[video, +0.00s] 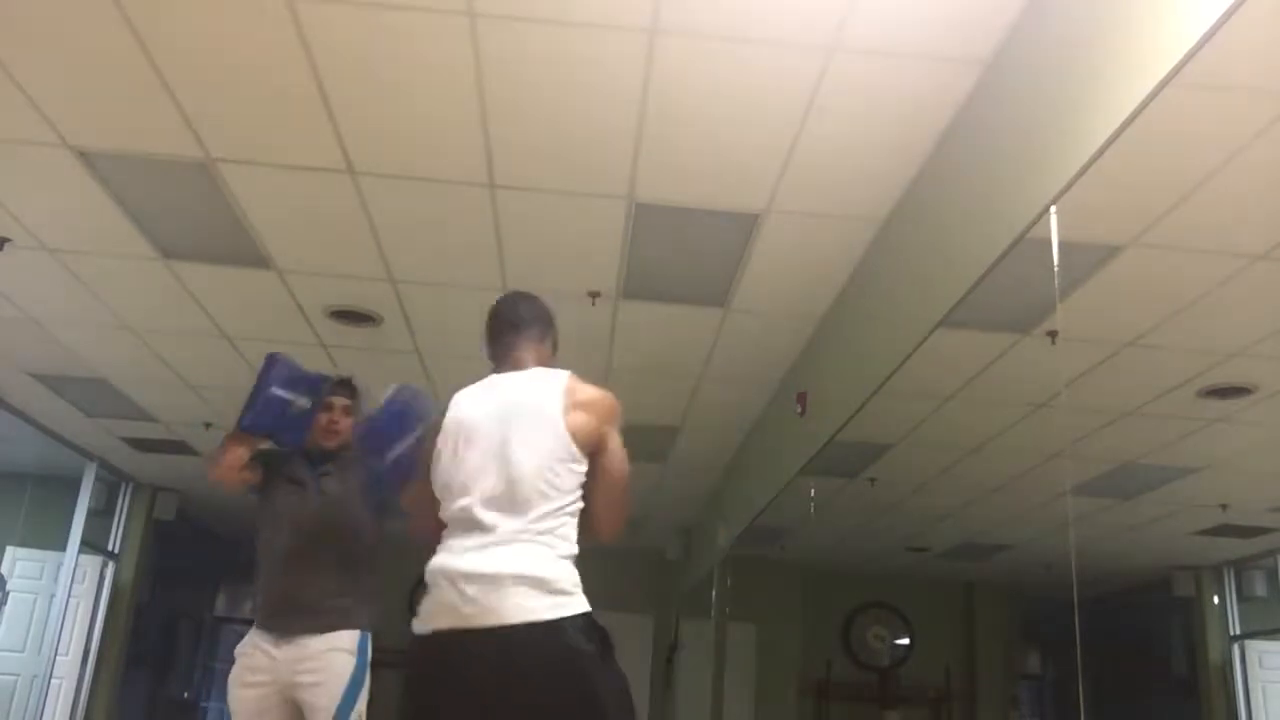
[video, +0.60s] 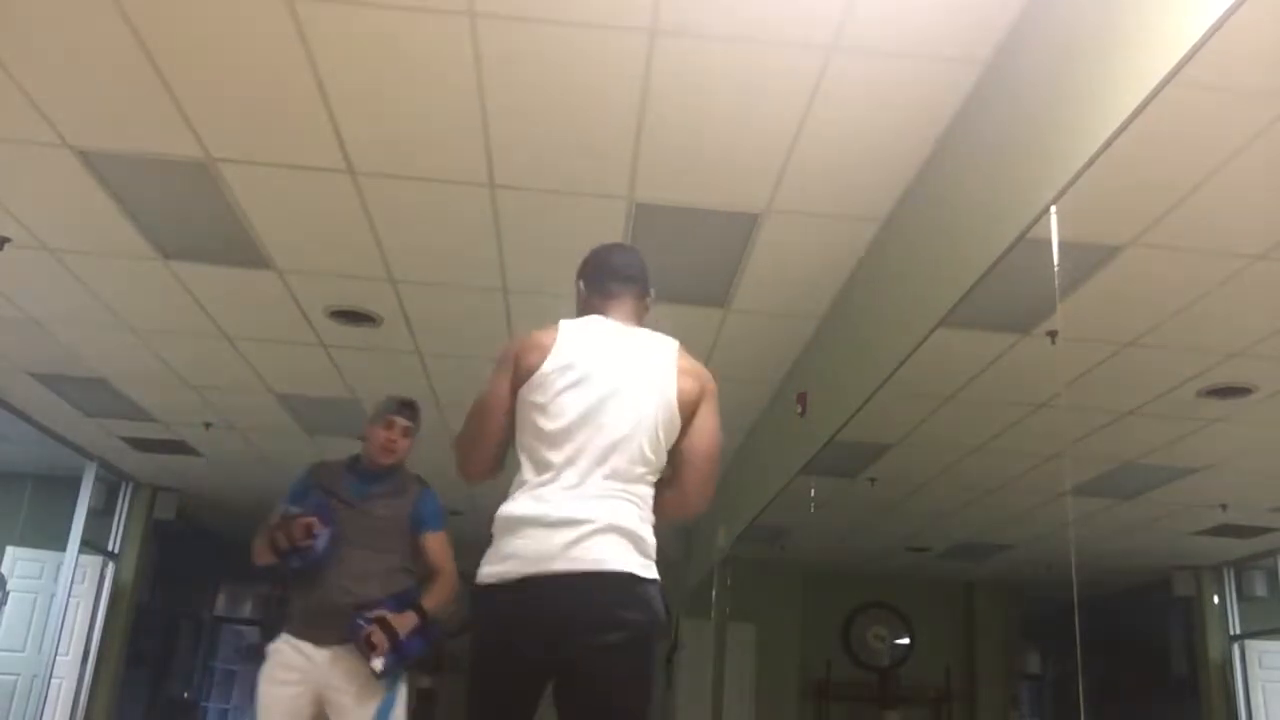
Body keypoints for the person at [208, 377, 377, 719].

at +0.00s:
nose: (334, 418)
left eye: (345, 412)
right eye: (326, 408)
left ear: (356, 424)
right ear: (309, 416)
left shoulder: (370, 471)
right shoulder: (277, 466)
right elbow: (221, 475)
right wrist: (258, 421)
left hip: (334, 646)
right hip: (264, 644)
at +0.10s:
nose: (319, 424)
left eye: (331, 416)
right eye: (309, 414)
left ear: (341, 427)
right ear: (293, 421)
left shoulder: (357, 476)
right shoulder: (266, 472)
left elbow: (405, 533)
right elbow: (202, 495)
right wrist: (237, 431)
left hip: (328, 648)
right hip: (258, 646)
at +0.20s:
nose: (316, 423)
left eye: (328, 416)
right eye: (307, 413)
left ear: (337, 427)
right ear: (290, 420)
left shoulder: (357, 475)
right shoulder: (261, 472)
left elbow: (400, 546)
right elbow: (192, 508)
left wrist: (358, 560)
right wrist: (232, 438)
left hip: (330, 644)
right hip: (259, 643)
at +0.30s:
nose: (325, 421)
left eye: (336, 414)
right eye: (316, 411)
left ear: (344, 425)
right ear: (298, 417)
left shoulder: (361, 471)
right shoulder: (268, 470)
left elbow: (405, 544)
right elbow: (199, 520)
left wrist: (378, 592)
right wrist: (234, 456)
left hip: (330, 641)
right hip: (261, 641)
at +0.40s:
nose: (344, 422)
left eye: (355, 416)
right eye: (336, 411)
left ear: (362, 427)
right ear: (317, 418)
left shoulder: (376, 476)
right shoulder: (279, 469)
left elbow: (415, 548)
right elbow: (211, 536)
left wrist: (389, 600)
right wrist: (246, 471)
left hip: (335, 641)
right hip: (265, 640)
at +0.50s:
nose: (367, 429)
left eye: (378, 424)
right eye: (360, 418)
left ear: (385, 436)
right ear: (340, 423)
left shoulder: (394, 484)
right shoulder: (297, 472)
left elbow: (429, 560)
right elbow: (231, 547)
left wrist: (397, 606)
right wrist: (260, 517)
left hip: (348, 646)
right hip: (276, 643)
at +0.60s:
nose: (393, 437)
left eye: (405, 433)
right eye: (387, 426)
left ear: (411, 445)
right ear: (367, 429)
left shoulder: (418, 496)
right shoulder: (320, 478)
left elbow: (447, 576)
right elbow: (260, 553)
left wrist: (407, 620)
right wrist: (286, 534)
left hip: (368, 661)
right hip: (295, 652)